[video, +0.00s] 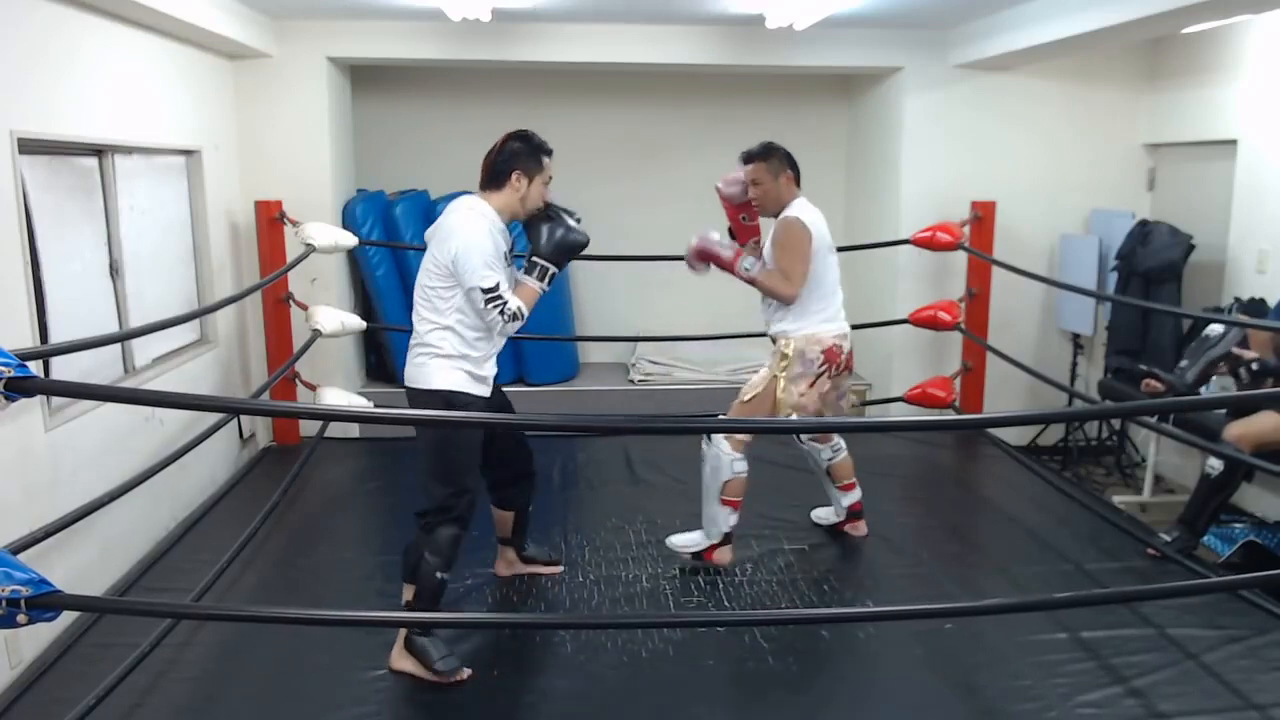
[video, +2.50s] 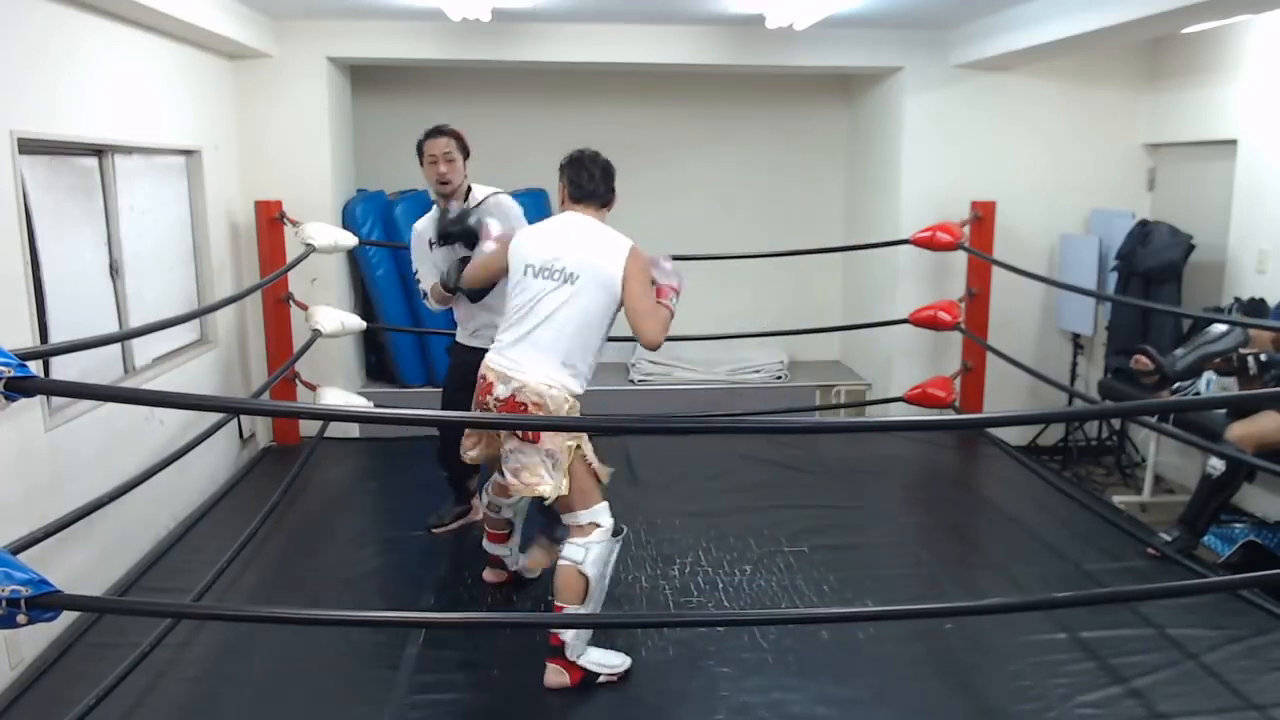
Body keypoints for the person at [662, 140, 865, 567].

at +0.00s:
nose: (751, 194)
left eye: (757, 183)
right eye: (748, 186)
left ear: (787, 179)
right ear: (788, 182)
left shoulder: (793, 223)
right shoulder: (802, 215)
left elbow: (788, 288)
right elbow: (766, 266)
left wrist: (734, 261)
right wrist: (741, 218)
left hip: (804, 353)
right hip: (828, 348)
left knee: (728, 435)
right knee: (817, 431)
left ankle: (718, 538)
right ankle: (853, 514)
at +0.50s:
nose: (737, 190)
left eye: (741, 178)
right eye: (736, 179)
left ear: (772, 173)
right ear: (785, 176)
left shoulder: (756, 230)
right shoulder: (832, 222)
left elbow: (737, 309)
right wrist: (750, 221)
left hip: (768, 378)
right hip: (832, 377)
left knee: (720, 478)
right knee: (845, 489)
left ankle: (685, 578)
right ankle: (872, 607)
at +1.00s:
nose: (770, 192)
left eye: (774, 179)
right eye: (769, 180)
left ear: (801, 174)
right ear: (823, 177)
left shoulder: (785, 236)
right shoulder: (875, 237)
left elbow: (746, 319)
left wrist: (705, 288)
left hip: (783, 409)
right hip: (859, 412)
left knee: (723, 509)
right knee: (880, 554)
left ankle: (723, 633)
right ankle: (900, 690)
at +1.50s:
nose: (678, 173)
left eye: (679, 163)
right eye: (679, 164)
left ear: (694, 160)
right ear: (736, 161)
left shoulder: (665, 221)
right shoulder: (781, 218)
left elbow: (640, 308)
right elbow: (806, 300)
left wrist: (603, 297)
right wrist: (757, 255)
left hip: (668, 389)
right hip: (741, 395)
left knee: (651, 501)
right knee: (750, 535)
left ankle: (638, 620)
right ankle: (725, 673)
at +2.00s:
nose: (591, 168)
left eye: (592, 161)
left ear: (599, 162)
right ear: (650, 166)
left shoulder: (570, 209)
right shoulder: (672, 219)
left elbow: (541, 248)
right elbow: (706, 304)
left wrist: (596, 227)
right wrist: (700, 239)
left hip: (550, 374)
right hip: (612, 388)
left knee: (563, 477)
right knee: (632, 523)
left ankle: (537, 591)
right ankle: (585, 652)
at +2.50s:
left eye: (560, 189)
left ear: (561, 193)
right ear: (612, 199)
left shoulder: (527, 237)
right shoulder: (624, 253)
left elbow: (470, 279)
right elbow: (652, 335)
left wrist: (497, 253)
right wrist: (667, 298)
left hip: (492, 386)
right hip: (546, 403)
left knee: (506, 471)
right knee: (592, 526)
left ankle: (499, 562)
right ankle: (566, 656)